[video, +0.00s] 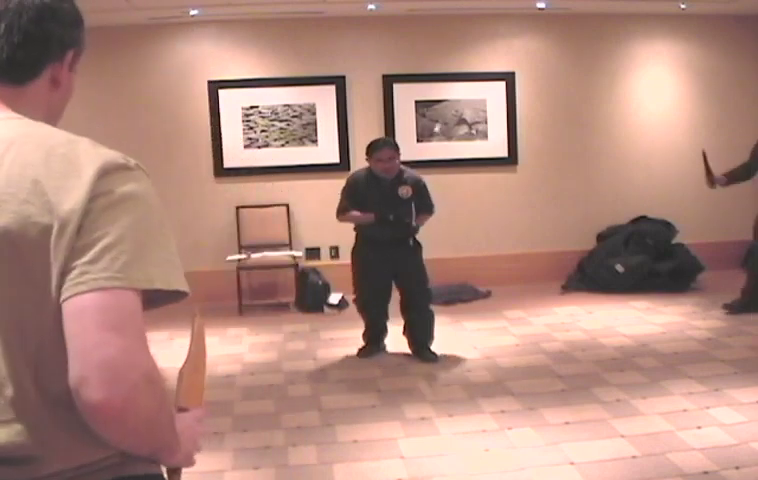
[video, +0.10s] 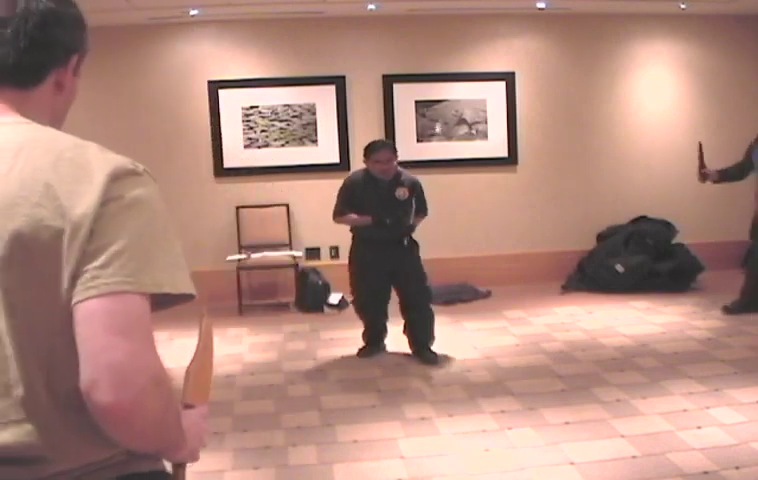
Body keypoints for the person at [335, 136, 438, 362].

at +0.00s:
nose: (387, 165)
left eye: (391, 160)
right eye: (381, 161)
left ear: (399, 158)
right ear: (370, 161)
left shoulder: (412, 181)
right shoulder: (357, 181)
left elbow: (426, 210)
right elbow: (342, 214)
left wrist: (409, 227)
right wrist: (374, 218)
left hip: (404, 248)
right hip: (370, 250)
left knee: (417, 298)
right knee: (369, 299)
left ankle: (420, 345)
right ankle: (373, 342)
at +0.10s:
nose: (385, 167)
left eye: (389, 161)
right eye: (379, 162)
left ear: (396, 160)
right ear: (368, 163)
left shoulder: (410, 183)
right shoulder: (355, 183)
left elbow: (421, 212)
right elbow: (339, 216)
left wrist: (406, 228)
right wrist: (371, 220)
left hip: (402, 250)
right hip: (367, 251)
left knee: (417, 298)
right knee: (368, 300)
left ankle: (421, 346)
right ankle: (373, 342)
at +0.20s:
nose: (385, 169)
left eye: (389, 163)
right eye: (379, 164)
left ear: (396, 161)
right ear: (367, 164)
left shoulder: (409, 185)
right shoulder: (354, 184)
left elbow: (420, 215)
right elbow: (337, 216)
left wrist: (404, 224)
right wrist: (357, 222)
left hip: (400, 251)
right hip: (365, 253)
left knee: (414, 299)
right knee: (367, 302)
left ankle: (426, 348)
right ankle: (373, 342)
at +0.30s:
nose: (388, 170)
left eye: (393, 164)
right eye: (382, 165)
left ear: (400, 163)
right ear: (370, 165)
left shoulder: (410, 185)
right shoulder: (356, 183)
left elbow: (419, 220)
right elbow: (336, 215)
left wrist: (397, 230)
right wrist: (352, 222)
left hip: (399, 252)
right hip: (364, 253)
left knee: (411, 300)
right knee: (365, 302)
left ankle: (426, 350)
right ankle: (374, 342)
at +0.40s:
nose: (394, 172)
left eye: (398, 166)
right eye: (388, 166)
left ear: (405, 164)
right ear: (375, 166)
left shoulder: (414, 188)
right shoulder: (359, 184)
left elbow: (422, 222)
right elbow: (337, 212)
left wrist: (397, 233)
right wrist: (350, 222)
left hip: (400, 253)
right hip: (365, 254)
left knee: (410, 302)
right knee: (364, 301)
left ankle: (422, 352)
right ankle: (374, 342)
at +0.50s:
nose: (398, 172)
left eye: (404, 166)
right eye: (392, 166)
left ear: (411, 166)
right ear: (381, 166)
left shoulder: (419, 190)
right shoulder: (365, 182)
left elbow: (427, 224)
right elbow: (340, 211)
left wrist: (410, 234)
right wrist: (360, 226)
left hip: (402, 250)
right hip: (367, 250)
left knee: (412, 302)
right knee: (365, 299)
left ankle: (422, 354)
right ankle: (374, 341)